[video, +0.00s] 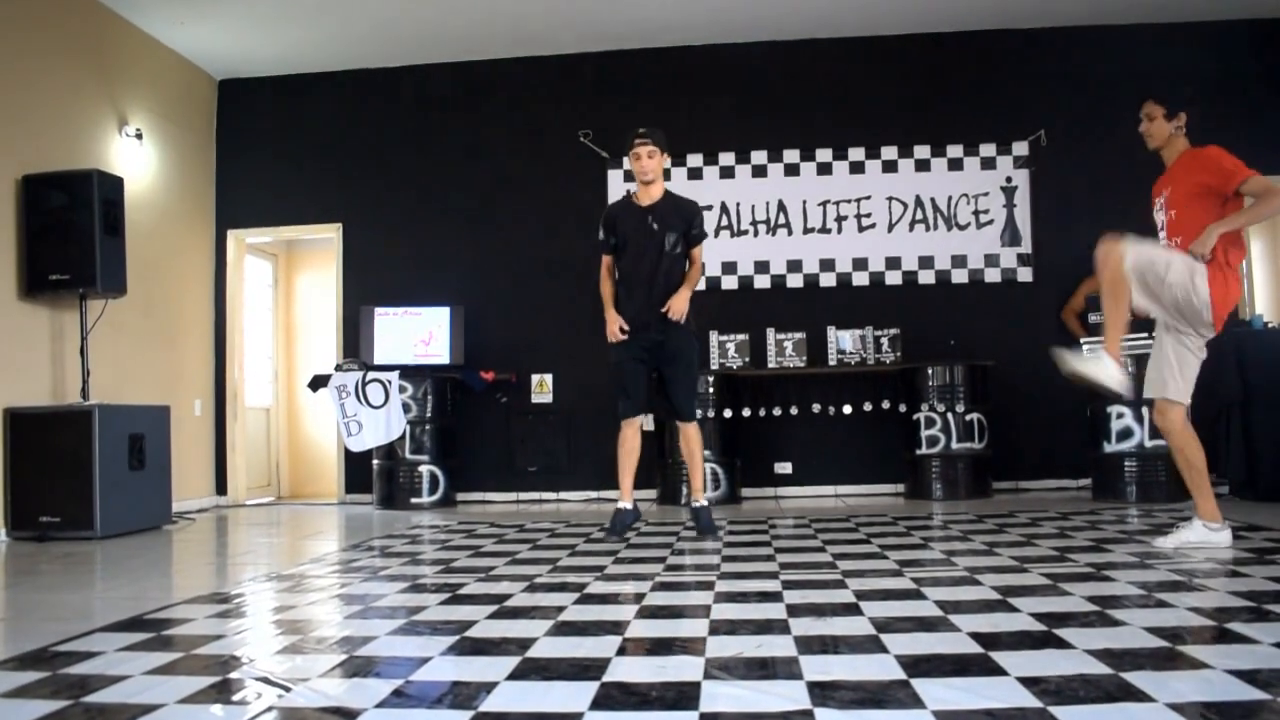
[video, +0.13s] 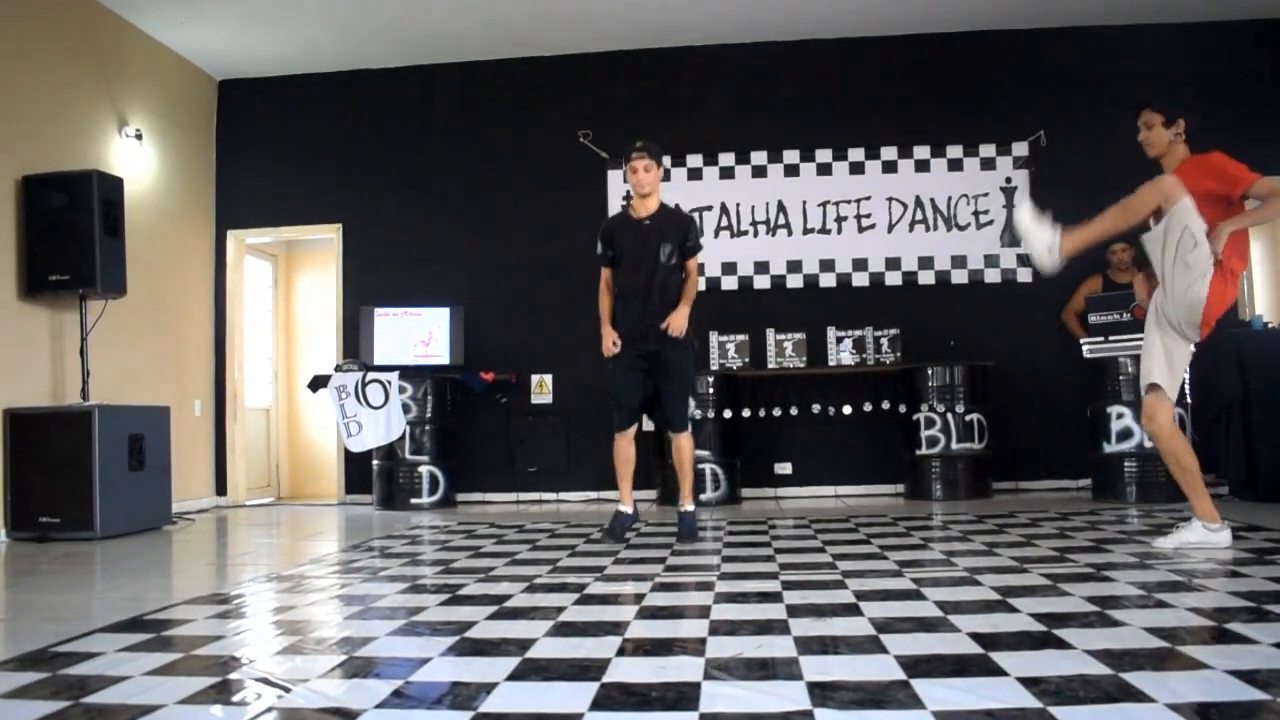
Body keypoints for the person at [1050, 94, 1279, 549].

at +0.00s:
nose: (1142, 127)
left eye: (1150, 118)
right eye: (1141, 120)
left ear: (1179, 122)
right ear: (1154, 128)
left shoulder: (1208, 159)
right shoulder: (1162, 187)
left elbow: (1271, 194)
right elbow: (1170, 257)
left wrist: (1218, 228)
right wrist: (1093, 288)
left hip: (1209, 286)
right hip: (1185, 301)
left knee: (1113, 250)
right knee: (1170, 414)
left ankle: (1112, 360)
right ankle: (1210, 524)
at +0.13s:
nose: (1141, 136)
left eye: (1148, 127)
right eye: (1140, 129)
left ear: (1178, 130)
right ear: (1157, 136)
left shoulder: (1210, 165)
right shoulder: (1160, 190)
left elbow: (1274, 197)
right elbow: (1173, 258)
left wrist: (1229, 224)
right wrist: (1150, 283)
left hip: (1202, 292)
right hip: (1169, 308)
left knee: (1165, 186)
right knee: (1156, 417)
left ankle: (1058, 245)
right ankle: (1209, 524)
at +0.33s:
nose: (1147, 144)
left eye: (1155, 135)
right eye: (1145, 137)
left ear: (1184, 136)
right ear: (1161, 142)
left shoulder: (1224, 176)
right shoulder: (1165, 197)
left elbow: (1279, 215)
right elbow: (1178, 257)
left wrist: (1240, 238)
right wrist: (1154, 286)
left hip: (1211, 302)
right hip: (1176, 314)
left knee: (1159, 198)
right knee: (1156, 422)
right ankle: (1210, 526)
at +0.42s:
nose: (1150, 136)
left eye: (1158, 127)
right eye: (1149, 129)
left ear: (1188, 127)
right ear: (1168, 134)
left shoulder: (1231, 167)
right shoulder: (1163, 194)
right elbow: (1174, 263)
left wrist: (1245, 241)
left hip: (1224, 297)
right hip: (1189, 307)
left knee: (1125, 247)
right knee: (1166, 416)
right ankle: (1210, 526)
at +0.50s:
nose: (1153, 129)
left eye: (1160, 119)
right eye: (1151, 122)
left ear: (1190, 120)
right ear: (1161, 130)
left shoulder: (1234, 159)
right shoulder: (1166, 186)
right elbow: (1178, 247)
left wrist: (1246, 239)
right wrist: (1157, 281)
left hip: (1225, 286)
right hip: (1189, 294)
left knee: (1121, 306)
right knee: (1176, 411)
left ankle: (1183, 407)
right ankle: (1211, 525)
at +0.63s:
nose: (1157, 121)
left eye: (1165, 112)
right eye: (1155, 114)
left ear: (1194, 112)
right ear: (1165, 121)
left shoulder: (1234, 154)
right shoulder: (1172, 177)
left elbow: (1279, 208)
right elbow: (1191, 240)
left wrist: (1242, 240)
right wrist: (1165, 268)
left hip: (1221, 289)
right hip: (1190, 294)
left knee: (1156, 382)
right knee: (1185, 406)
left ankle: (1228, 484)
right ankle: (1210, 522)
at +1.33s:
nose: (1169, 139)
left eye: (1176, 130)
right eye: (1168, 131)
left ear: (1206, 131)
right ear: (1196, 134)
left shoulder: (1230, 173)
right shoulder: (1208, 182)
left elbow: (1209, 241)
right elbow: (1200, 254)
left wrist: (1167, 205)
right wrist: (1166, 231)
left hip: (1213, 318)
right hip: (1189, 294)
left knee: (1190, 429)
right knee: (1152, 204)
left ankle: (1244, 532)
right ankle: (1078, 262)